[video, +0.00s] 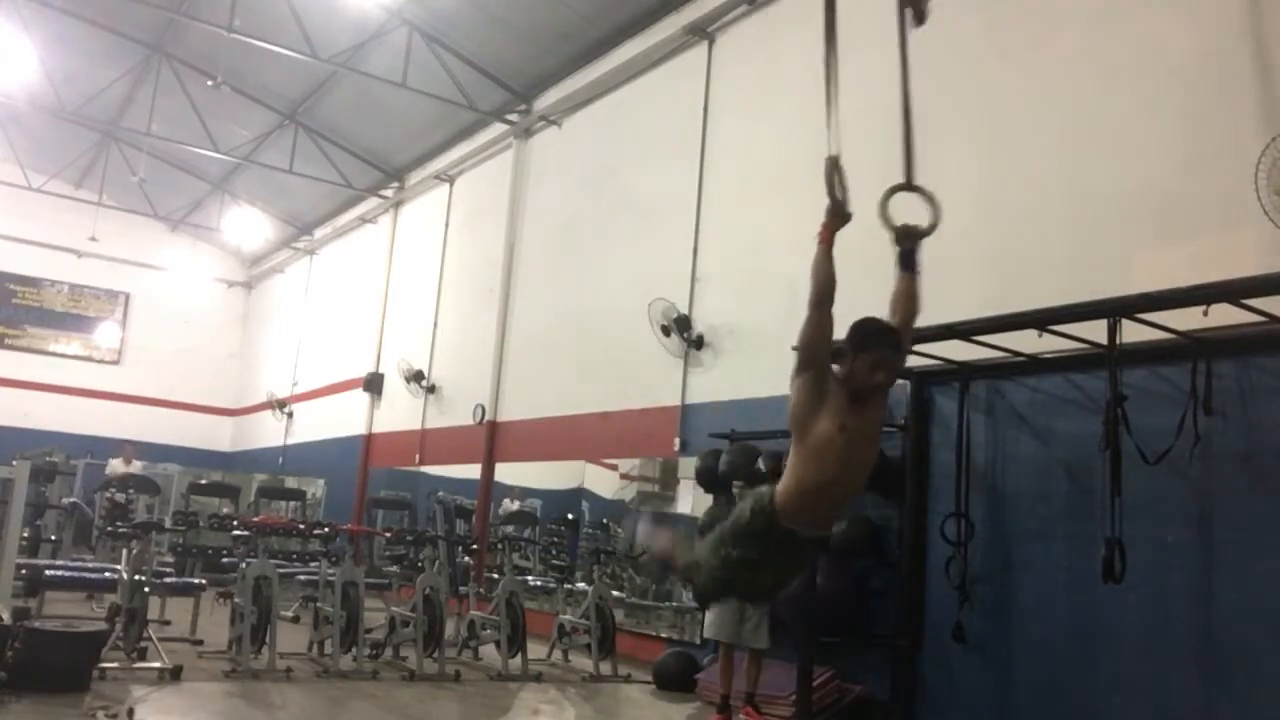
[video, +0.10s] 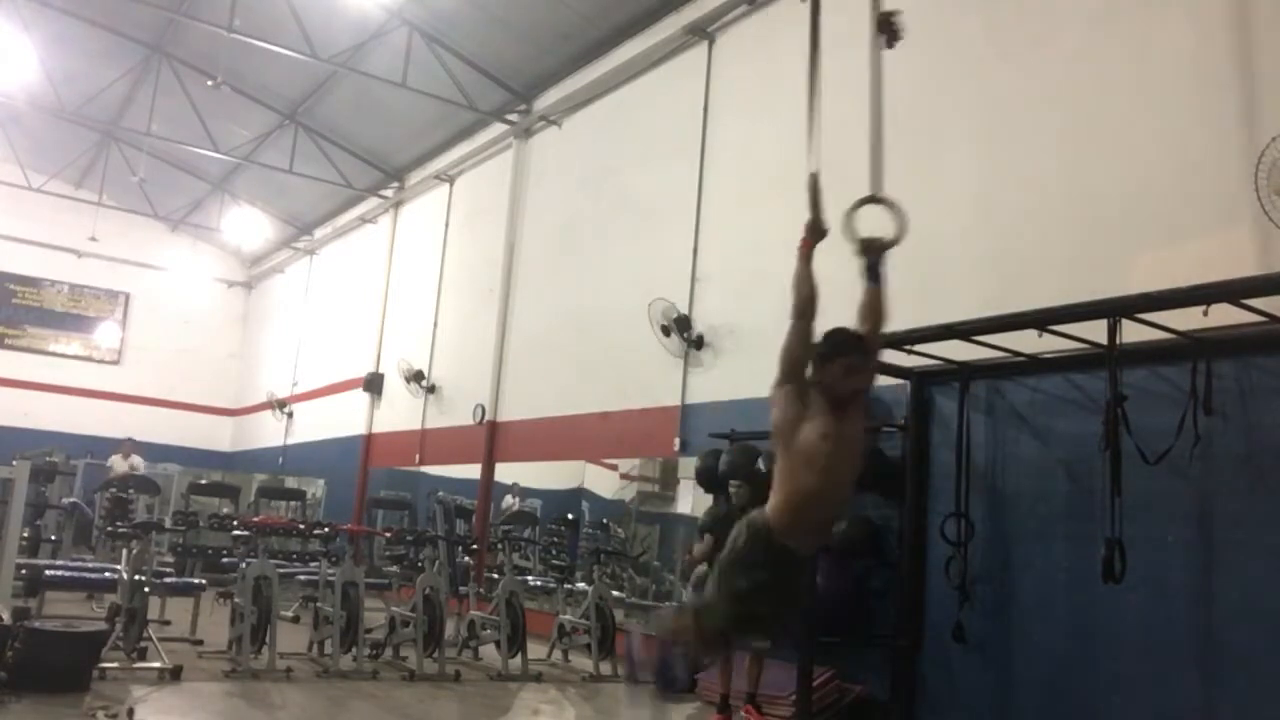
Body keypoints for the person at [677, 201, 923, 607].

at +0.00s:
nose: (882, 379)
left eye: (889, 370)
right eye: (873, 367)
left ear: (894, 370)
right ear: (848, 360)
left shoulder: (877, 395)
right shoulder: (816, 393)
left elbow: (903, 324)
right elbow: (820, 307)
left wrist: (908, 253)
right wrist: (827, 235)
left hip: (808, 541)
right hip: (767, 524)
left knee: (751, 593)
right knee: (704, 577)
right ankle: (654, 536)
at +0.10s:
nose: (857, 381)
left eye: (864, 372)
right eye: (848, 371)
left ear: (867, 374)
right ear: (822, 367)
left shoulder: (854, 405)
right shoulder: (794, 399)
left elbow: (871, 332)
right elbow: (803, 314)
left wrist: (873, 265)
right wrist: (806, 250)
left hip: (802, 558)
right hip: (762, 544)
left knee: (747, 631)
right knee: (710, 622)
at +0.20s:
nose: (818, 389)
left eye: (824, 381)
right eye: (810, 378)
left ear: (827, 384)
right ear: (786, 374)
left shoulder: (816, 415)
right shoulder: (759, 408)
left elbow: (834, 345)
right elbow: (769, 330)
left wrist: (836, 276)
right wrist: (774, 266)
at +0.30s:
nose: (772, 397)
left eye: (777, 389)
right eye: (764, 389)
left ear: (783, 389)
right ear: (742, 387)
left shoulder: (774, 421)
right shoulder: (722, 417)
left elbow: (791, 352)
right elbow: (725, 340)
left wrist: (798, 289)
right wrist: (731, 276)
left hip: (767, 541)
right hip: (730, 539)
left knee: (761, 634)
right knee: (726, 632)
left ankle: (752, 700)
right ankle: (723, 704)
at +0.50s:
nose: (695, 350)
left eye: (696, 343)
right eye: (684, 344)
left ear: (699, 350)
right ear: (667, 355)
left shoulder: (725, 387)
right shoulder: (671, 397)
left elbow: (757, 347)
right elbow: (666, 331)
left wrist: (756, 291)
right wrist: (676, 273)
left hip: (769, 443)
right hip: (745, 443)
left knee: (853, 412)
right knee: (828, 398)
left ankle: (944, 453)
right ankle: (917, 432)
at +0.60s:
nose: (682, 322)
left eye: (683, 319)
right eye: (673, 320)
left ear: (689, 325)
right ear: (659, 334)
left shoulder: (711, 350)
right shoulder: (673, 363)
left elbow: (768, 339)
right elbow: (648, 316)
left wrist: (766, 294)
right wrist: (659, 262)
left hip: (786, 359)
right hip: (751, 363)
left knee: (890, 338)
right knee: (816, 311)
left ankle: (908, 445)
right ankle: (856, 419)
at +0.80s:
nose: (716, 203)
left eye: (723, 196)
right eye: (710, 195)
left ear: (734, 201)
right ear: (698, 199)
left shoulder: (742, 238)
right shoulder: (684, 237)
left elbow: (762, 277)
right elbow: (645, 277)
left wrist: (728, 262)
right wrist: (675, 256)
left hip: (783, 321)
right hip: (748, 314)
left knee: (861, 309)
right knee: (816, 271)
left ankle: (938, 353)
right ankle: (878, 313)